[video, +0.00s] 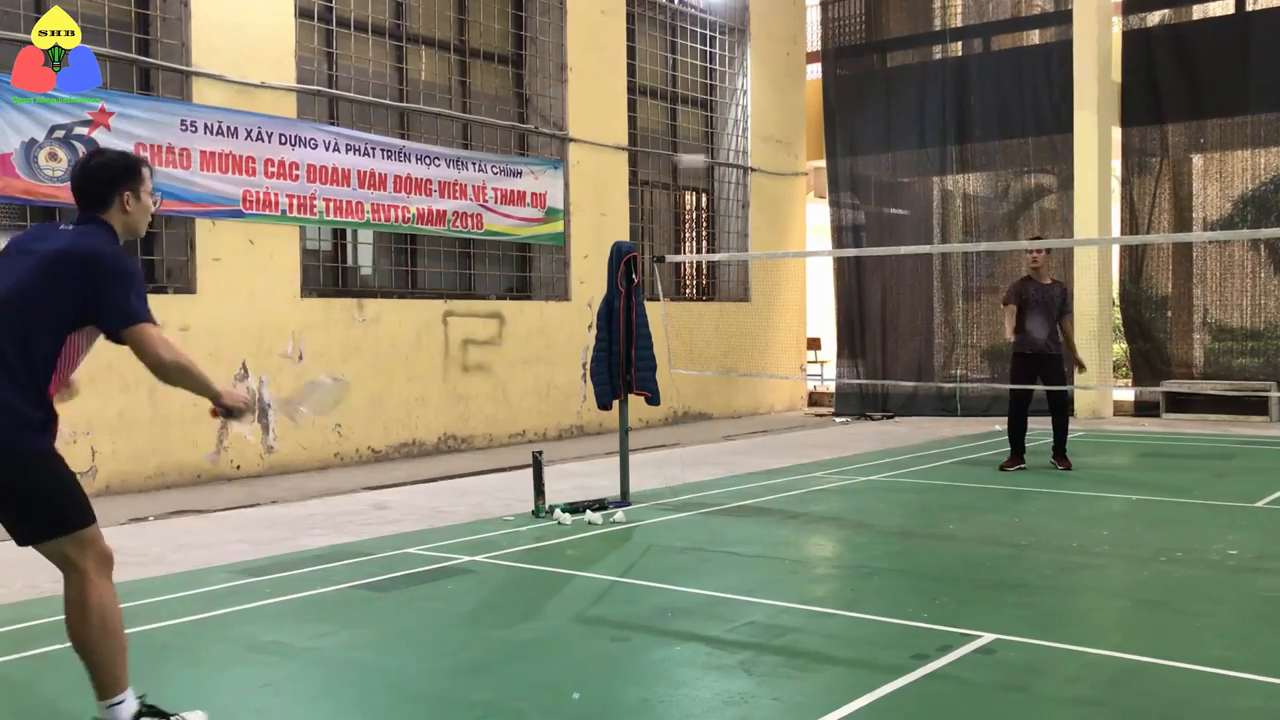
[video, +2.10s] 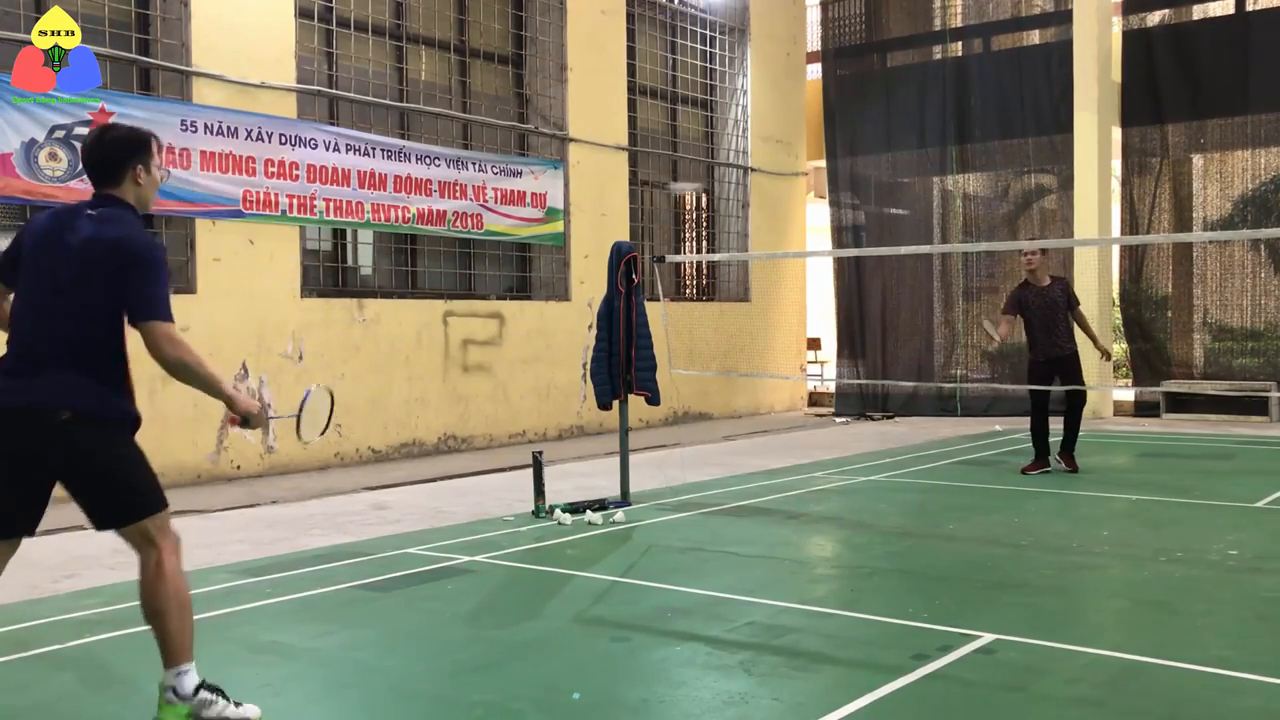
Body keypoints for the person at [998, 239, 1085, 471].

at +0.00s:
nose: (1033, 255)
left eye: (1038, 252)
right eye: (1030, 252)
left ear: (1047, 256)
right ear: (1026, 257)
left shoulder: (1060, 289)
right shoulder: (1018, 287)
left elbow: (1066, 325)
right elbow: (1010, 312)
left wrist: (1075, 355)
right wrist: (1009, 331)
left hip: (1052, 355)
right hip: (1023, 354)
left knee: (1059, 406)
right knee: (1018, 405)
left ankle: (1060, 454)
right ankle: (1016, 456)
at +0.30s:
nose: (1043, 258)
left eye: (1047, 254)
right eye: (1039, 254)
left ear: (1058, 257)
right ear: (1036, 258)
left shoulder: (1071, 290)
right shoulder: (1028, 289)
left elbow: (1078, 325)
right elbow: (1008, 315)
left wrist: (1086, 358)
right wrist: (1020, 314)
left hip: (1061, 358)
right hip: (1032, 356)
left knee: (1063, 409)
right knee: (1023, 405)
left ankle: (1059, 455)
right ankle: (1022, 454)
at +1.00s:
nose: (1020, 257)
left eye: (1025, 253)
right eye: (1017, 254)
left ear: (1036, 258)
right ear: (1014, 260)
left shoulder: (1054, 285)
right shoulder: (1011, 291)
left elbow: (1069, 317)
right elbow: (1000, 316)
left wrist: (1087, 344)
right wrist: (998, 330)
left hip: (1056, 355)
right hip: (1028, 357)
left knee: (1062, 405)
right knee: (1026, 407)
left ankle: (1058, 453)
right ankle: (1029, 457)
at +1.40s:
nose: (1038, 257)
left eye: (1043, 253)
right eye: (1034, 253)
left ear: (1053, 257)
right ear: (1030, 258)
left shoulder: (1066, 287)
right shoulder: (1024, 287)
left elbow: (1074, 322)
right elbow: (1001, 314)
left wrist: (1083, 353)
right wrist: (1020, 304)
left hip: (1060, 356)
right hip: (1031, 356)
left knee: (1061, 408)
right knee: (1024, 405)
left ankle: (1056, 457)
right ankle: (1029, 455)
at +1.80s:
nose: (1035, 256)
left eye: (1040, 252)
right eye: (1032, 252)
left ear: (1051, 256)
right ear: (1028, 257)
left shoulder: (1067, 284)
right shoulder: (1024, 288)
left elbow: (1083, 316)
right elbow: (999, 311)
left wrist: (1102, 343)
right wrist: (1005, 293)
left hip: (1068, 355)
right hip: (1040, 356)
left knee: (1068, 408)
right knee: (1039, 408)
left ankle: (1059, 456)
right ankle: (1041, 458)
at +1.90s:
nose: (1030, 258)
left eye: (1035, 254)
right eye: (1026, 255)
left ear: (1045, 258)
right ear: (1023, 260)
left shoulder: (1063, 285)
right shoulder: (1022, 291)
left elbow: (1083, 316)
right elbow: (1000, 306)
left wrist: (1105, 342)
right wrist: (976, 313)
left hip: (1071, 355)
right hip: (1042, 358)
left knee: (1074, 406)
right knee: (1040, 408)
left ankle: (1063, 455)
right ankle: (1041, 458)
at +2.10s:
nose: (1028, 258)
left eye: (1033, 254)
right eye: (1024, 255)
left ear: (1043, 258)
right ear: (1021, 260)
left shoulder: (1062, 285)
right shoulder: (1019, 293)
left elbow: (1079, 316)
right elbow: (1007, 320)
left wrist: (1097, 344)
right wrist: (1001, 334)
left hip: (1067, 355)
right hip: (1039, 358)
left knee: (1077, 399)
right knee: (1039, 407)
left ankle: (1066, 452)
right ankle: (1041, 459)